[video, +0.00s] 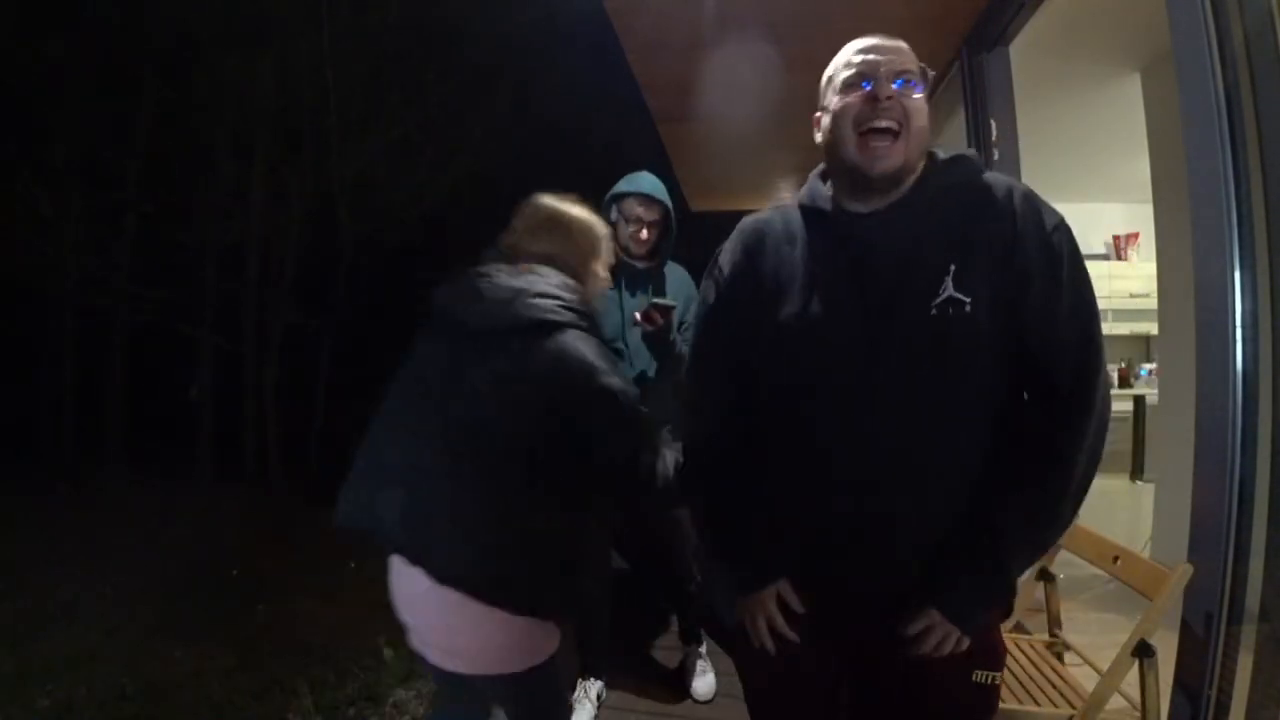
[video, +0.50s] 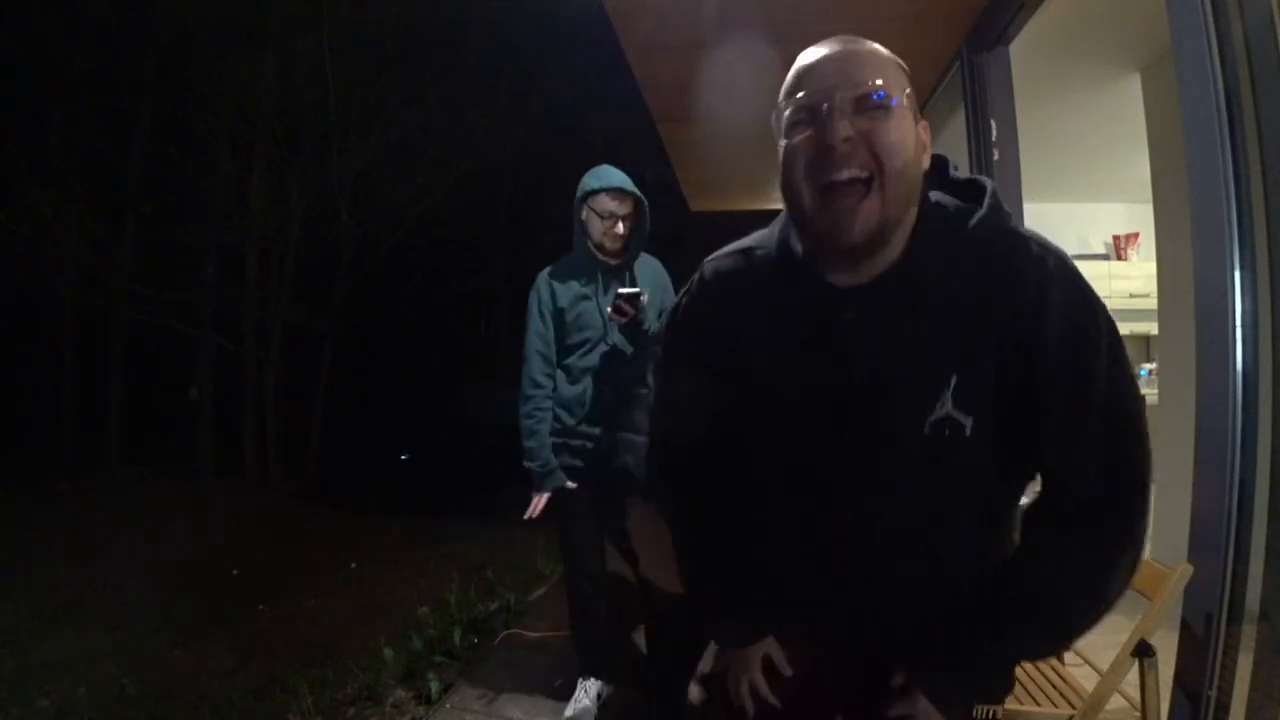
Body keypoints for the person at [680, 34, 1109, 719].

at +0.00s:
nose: (884, 94)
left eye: (904, 81)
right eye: (859, 81)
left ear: (930, 117)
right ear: (820, 125)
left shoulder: (1013, 226)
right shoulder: (758, 249)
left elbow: (1071, 419)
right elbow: (703, 429)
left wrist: (975, 585)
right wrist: (741, 574)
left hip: (944, 615)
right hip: (793, 613)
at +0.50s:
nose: (837, 136)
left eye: (870, 106)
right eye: (806, 118)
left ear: (924, 138)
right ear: (779, 159)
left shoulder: (1020, 283)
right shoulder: (721, 299)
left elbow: (1103, 501)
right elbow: (684, 482)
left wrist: (962, 669)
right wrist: (733, 621)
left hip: (941, 659)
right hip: (774, 656)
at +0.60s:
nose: (804, 166)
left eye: (841, 133)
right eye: (776, 144)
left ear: (911, 160)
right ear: (752, 178)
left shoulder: (1019, 309)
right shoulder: (708, 317)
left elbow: (1121, 534)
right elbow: (659, 498)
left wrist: (969, 668)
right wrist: (713, 627)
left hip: (935, 686)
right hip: (763, 681)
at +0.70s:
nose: (733, 212)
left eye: (772, 171)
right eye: (706, 187)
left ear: (866, 183)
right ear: (690, 206)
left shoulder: (994, 333)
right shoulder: (686, 338)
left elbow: (1132, 583)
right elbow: (658, 504)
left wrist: (962, 693)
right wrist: (700, 634)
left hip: (941, 668)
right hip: (768, 671)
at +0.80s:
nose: (640, 242)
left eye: (673, 202)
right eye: (628, 210)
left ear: (794, 198)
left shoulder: (938, 341)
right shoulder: (660, 358)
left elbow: (1113, 601)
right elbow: (655, 508)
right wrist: (674, 630)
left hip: (939, 684)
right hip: (759, 677)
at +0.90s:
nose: (546, 255)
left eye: (572, 215)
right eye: (538, 225)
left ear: (695, 197)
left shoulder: (854, 326)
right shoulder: (632, 341)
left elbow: (1042, 594)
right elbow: (637, 512)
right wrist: (660, 626)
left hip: (922, 673)